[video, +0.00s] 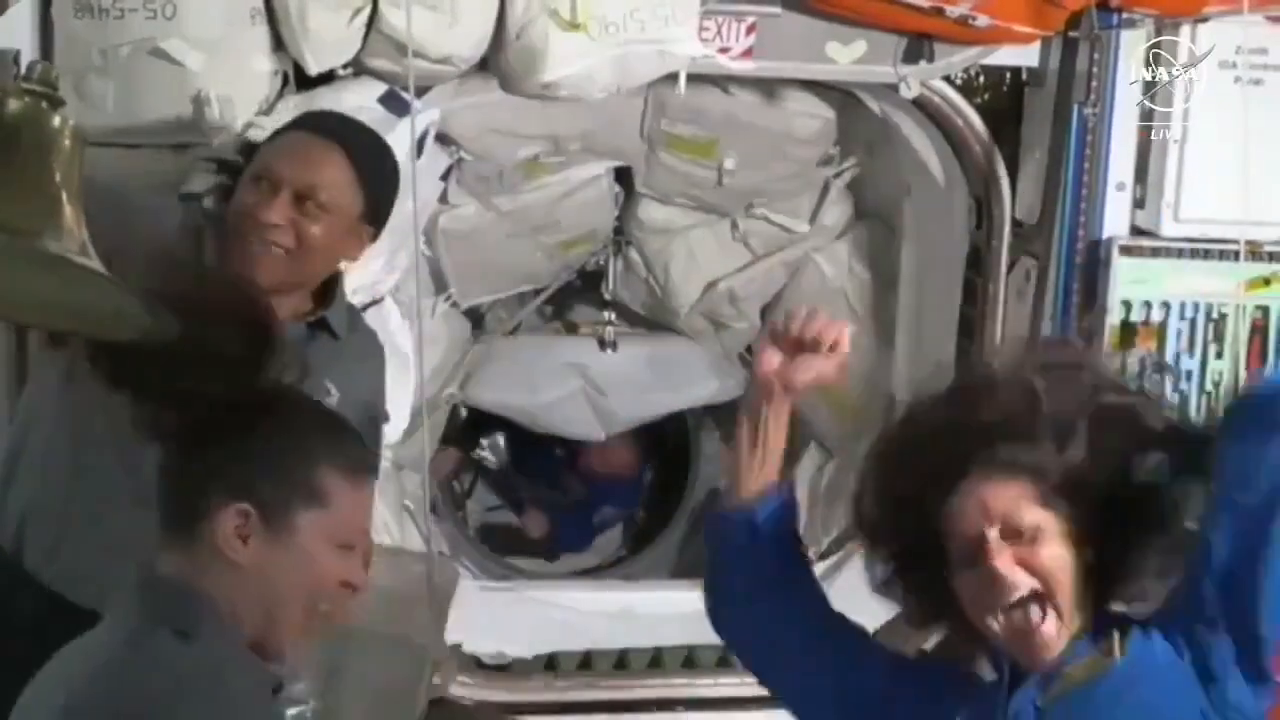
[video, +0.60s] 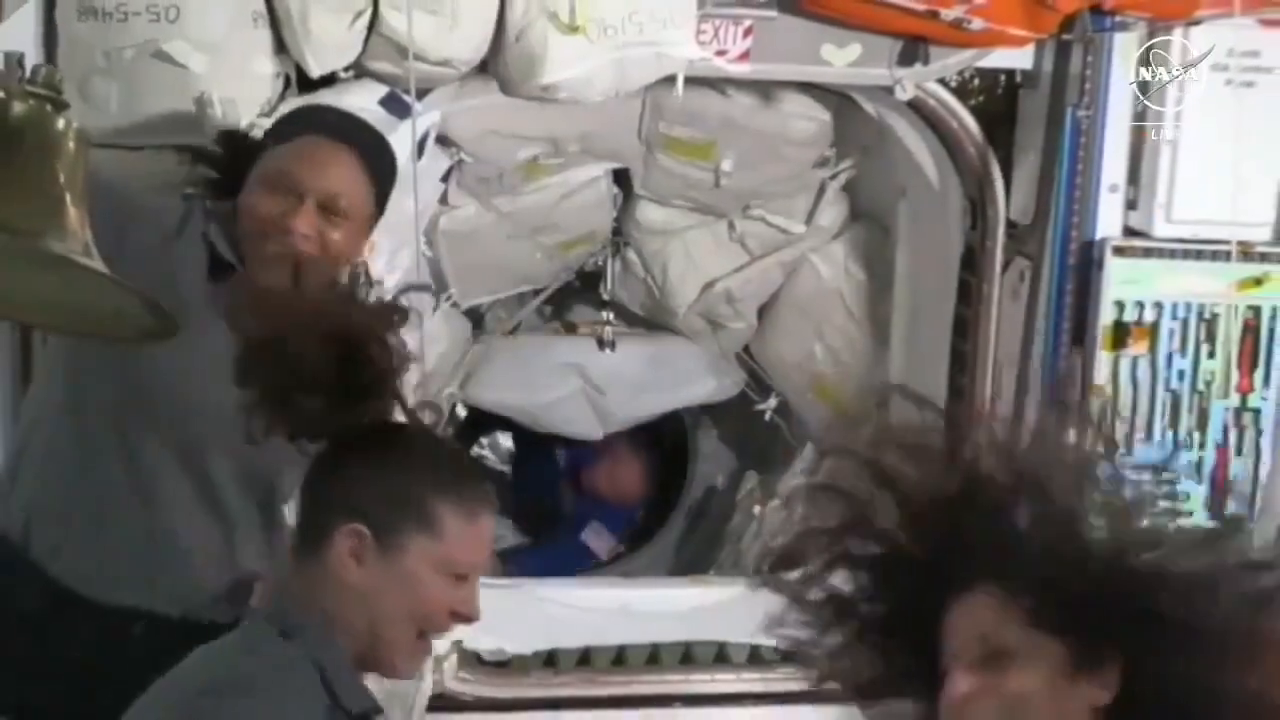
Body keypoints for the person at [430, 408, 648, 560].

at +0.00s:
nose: (596, 457)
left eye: (608, 463)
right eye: (603, 449)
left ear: (620, 476)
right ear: (603, 438)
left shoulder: (616, 500)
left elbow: (581, 533)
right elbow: (495, 415)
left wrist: (549, 530)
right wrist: (456, 449)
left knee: (546, 544)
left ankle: (480, 535)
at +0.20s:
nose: (598, 464)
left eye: (608, 471)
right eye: (606, 455)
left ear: (619, 487)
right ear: (608, 440)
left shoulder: (607, 514)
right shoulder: (581, 426)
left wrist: (539, 546)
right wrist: (460, 446)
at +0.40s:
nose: (604, 470)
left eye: (618, 477)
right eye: (613, 458)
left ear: (629, 492)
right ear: (614, 441)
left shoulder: (609, 520)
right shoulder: (582, 429)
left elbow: (570, 551)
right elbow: (502, 412)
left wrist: (521, 561)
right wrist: (457, 447)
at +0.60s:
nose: (601, 476)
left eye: (613, 484)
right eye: (610, 465)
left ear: (623, 503)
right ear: (611, 449)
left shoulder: (604, 530)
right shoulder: (583, 445)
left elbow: (559, 559)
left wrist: (502, 567)